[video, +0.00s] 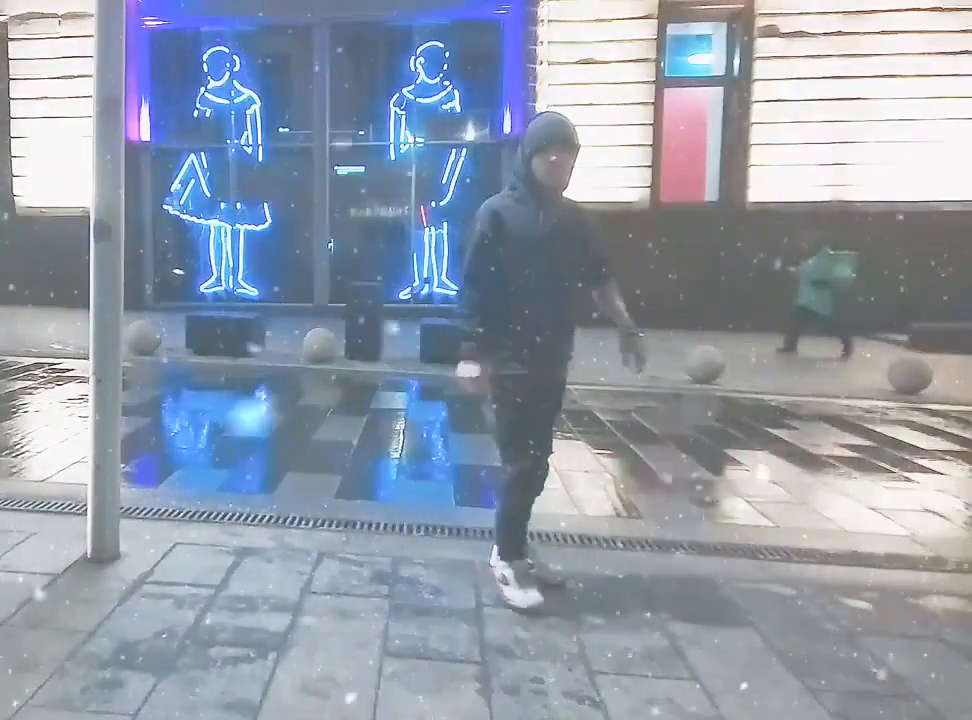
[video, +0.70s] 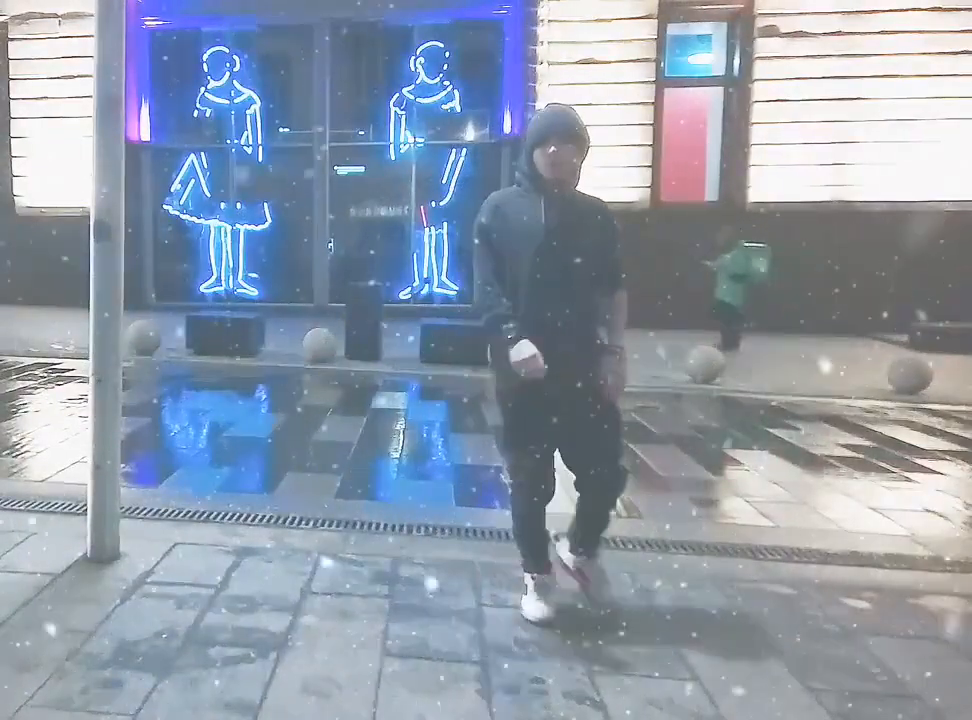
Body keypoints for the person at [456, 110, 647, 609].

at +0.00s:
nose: (564, 167)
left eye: (570, 158)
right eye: (555, 157)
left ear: (573, 161)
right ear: (531, 156)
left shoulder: (574, 219)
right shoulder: (498, 214)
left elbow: (599, 278)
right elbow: (474, 287)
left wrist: (626, 324)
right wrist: (471, 351)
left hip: (552, 354)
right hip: (507, 352)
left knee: (535, 464)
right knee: (521, 465)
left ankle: (515, 554)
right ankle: (506, 561)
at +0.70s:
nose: (567, 159)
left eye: (575, 149)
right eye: (557, 149)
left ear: (584, 155)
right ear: (534, 151)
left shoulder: (595, 214)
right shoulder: (499, 211)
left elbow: (614, 289)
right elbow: (485, 287)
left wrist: (616, 353)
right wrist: (513, 339)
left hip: (583, 362)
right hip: (524, 363)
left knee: (605, 472)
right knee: (531, 478)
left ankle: (579, 549)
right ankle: (537, 576)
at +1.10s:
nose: (574, 150)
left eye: (585, 140)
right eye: (564, 140)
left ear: (602, 148)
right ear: (546, 147)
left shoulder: (627, 214)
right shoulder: (517, 210)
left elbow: (647, 292)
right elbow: (491, 290)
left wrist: (626, 359)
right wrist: (479, 361)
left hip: (599, 375)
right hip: (532, 374)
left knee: (603, 498)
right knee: (535, 488)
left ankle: (612, 618)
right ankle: (538, 579)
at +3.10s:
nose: (410, 171)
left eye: (411, 157)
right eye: (405, 159)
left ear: (439, 149)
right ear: (449, 148)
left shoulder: (482, 201)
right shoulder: (467, 200)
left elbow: (509, 292)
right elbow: (466, 295)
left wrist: (503, 376)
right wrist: (431, 371)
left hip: (458, 372)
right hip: (452, 369)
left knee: (407, 490)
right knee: (486, 490)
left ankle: (395, 620)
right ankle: (516, 612)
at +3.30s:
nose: (370, 166)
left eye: (375, 153)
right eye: (370, 154)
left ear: (406, 148)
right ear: (420, 145)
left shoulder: (438, 202)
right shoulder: (453, 196)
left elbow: (440, 303)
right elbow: (453, 302)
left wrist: (415, 383)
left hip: (426, 379)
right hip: (451, 376)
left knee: (385, 494)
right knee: (460, 494)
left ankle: (394, 622)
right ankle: (511, 613)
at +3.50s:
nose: (356, 155)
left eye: (359, 143)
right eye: (355, 144)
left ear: (379, 141)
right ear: (413, 137)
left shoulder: (390, 197)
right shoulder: (449, 193)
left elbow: (347, 286)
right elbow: (460, 284)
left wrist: (297, 352)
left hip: (399, 354)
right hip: (441, 351)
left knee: (373, 477)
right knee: (404, 469)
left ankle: (391, 618)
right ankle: (474, 579)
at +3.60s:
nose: (347, 149)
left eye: (349, 137)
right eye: (347, 138)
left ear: (366, 137)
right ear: (404, 133)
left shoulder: (376, 193)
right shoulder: (442, 192)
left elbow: (333, 276)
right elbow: (457, 283)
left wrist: (278, 335)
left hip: (388, 357)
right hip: (434, 356)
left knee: (372, 481)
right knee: (398, 469)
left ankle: (391, 618)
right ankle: (452, 579)